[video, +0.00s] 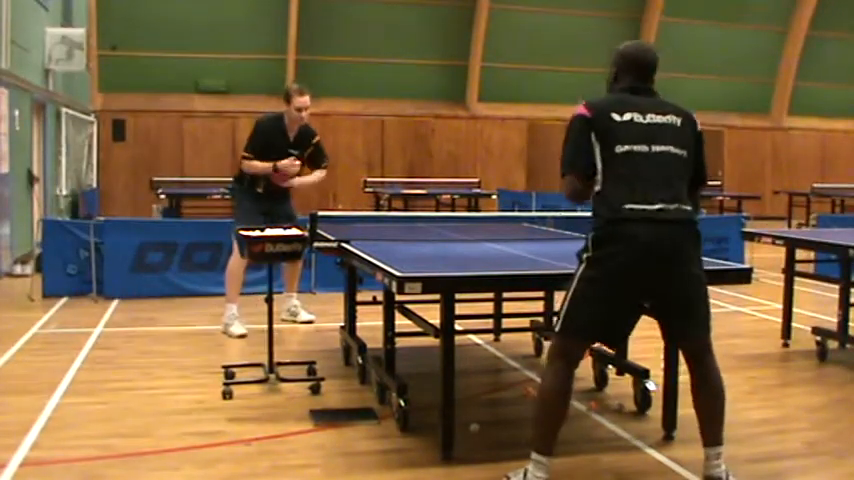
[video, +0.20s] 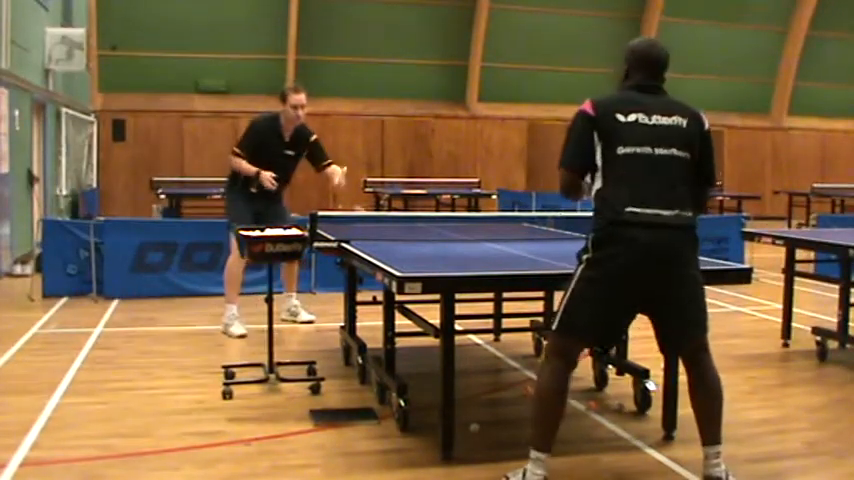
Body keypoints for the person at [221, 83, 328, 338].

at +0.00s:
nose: (304, 115)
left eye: (307, 109)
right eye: (299, 110)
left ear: (311, 108)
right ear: (287, 107)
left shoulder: (308, 134)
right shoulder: (266, 126)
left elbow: (322, 171)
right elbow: (245, 165)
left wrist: (295, 181)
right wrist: (277, 166)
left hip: (280, 192)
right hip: (250, 191)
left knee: (295, 242)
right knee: (243, 247)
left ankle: (291, 304)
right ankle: (231, 313)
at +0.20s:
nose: (299, 113)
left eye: (303, 108)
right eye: (294, 107)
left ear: (307, 108)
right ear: (282, 106)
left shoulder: (305, 135)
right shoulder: (262, 126)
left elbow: (325, 165)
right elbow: (235, 160)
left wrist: (336, 173)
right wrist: (258, 173)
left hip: (272, 196)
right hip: (242, 193)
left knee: (291, 242)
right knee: (241, 249)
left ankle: (291, 303)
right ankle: (231, 314)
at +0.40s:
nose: (297, 111)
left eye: (301, 105)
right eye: (292, 105)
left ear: (305, 107)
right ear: (280, 106)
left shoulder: (301, 134)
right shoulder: (258, 126)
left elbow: (323, 161)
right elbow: (231, 161)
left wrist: (342, 173)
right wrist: (252, 181)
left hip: (271, 197)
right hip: (242, 195)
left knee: (292, 242)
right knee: (241, 250)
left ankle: (295, 303)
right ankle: (231, 315)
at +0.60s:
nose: (300, 113)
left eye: (303, 108)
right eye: (295, 108)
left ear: (307, 110)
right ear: (282, 110)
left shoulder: (305, 139)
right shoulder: (261, 134)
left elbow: (325, 167)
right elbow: (233, 166)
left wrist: (338, 178)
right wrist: (256, 189)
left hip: (275, 198)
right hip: (246, 196)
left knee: (294, 243)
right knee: (250, 248)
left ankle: (299, 302)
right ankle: (232, 315)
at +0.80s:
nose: (306, 116)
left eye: (309, 112)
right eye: (300, 111)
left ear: (312, 114)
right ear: (287, 113)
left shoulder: (312, 143)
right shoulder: (266, 135)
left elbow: (325, 173)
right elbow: (240, 167)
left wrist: (336, 182)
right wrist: (261, 191)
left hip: (280, 201)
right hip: (250, 198)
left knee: (304, 244)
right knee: (247, 247)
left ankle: (301, 302)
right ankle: (226, 314)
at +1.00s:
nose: (309, 132)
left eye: (312, 127)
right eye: (304, 127)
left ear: (314, 128)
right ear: (290, 127)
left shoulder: (307, 154)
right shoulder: (267, 145)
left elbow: (312, 186)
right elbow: (240, 180)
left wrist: (319, 201)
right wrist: (265, 205)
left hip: (275, 205)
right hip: (245, 201)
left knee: (302, 245)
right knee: (243, 252)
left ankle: (300, 302)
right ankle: (220, 316)